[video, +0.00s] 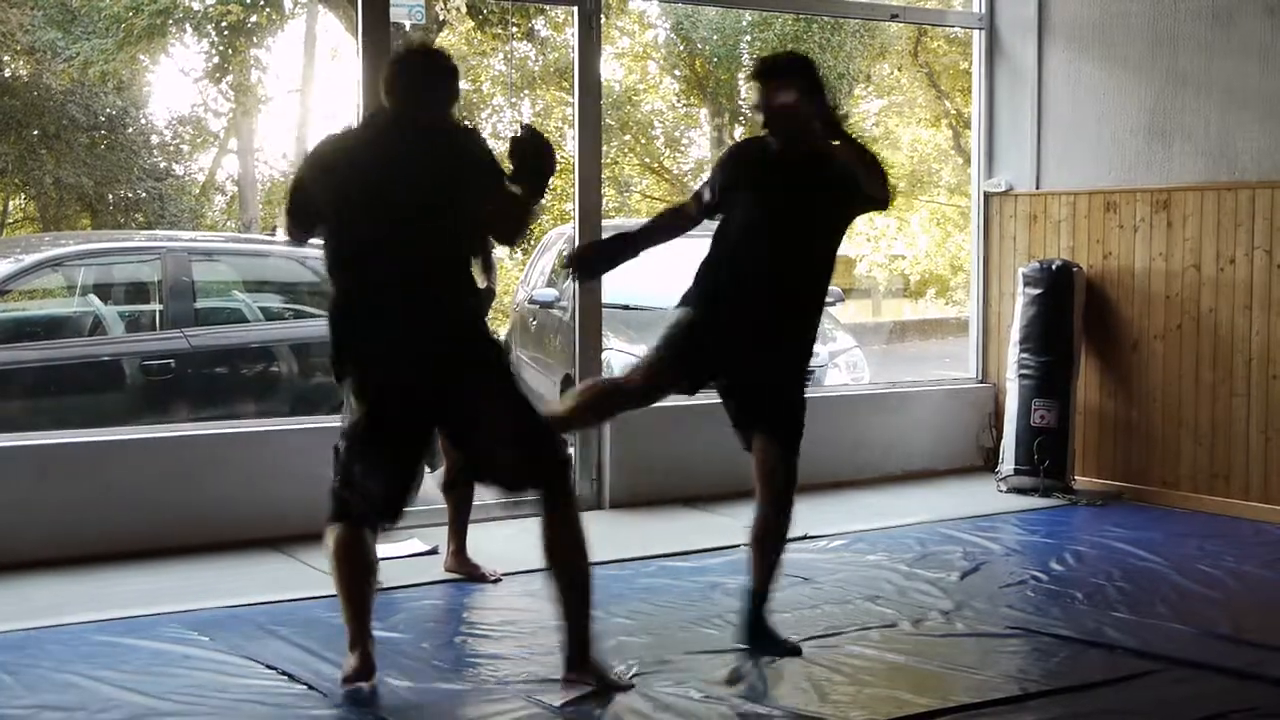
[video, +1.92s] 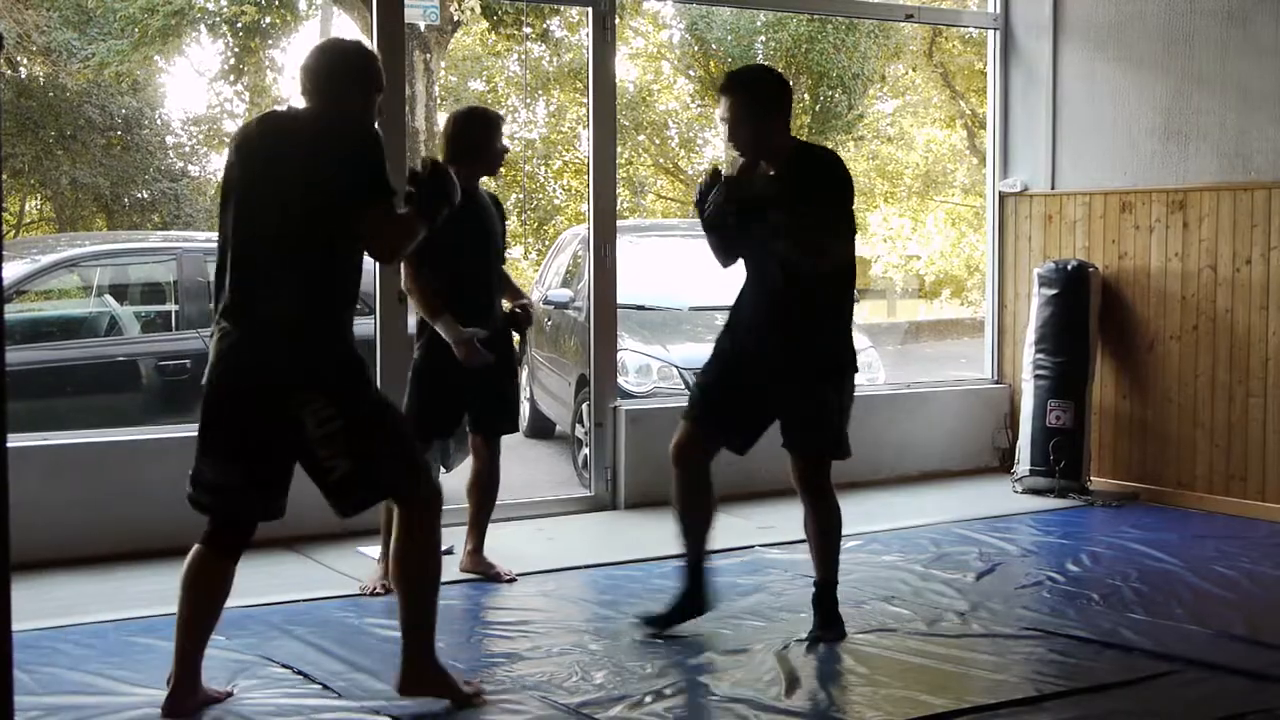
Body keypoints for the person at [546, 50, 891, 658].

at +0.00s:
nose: (774, 118)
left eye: (785, 106)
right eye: (766, 108)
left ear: (813, 104)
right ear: (759, 109)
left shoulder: (843, 171)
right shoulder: (746, 159)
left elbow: (880, 195)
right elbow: (686, 214)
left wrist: (833, 135)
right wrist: (611, 251)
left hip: (780, 341)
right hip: (714, 320)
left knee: (776, 489)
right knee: (637, 387)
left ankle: (756, 620)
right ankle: (537, 427)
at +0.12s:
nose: (812, 112)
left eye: (823, 102)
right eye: (809, 100)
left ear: (847, 107)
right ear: (804, 102)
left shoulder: (875, 181)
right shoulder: (781, 155)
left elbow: (850, 217)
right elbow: (748, 209)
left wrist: (793, 149)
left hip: (788, 348)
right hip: (733, 321)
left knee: (790, 486)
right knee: (678, 383)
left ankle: (768, 625)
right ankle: (559, 440)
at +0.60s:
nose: (803, 129)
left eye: (813, 118)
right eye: (802, 118)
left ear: (851, 117)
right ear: (810, 115)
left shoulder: (889, 192)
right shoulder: (793, 161)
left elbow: (878, 272)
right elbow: (755, 220)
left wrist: (822, 228)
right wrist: (716, 231)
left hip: (812, 340)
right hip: (744, 317)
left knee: (801, 480)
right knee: (673, 411)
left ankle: (778, 622)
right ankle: (588, 518)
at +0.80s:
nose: (773, 127)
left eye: (782, 116)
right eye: (771, 116)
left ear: (817, 116)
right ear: (780, 115)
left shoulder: (861, 186)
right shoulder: (763, 169)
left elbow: (892, 269)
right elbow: (717, 227)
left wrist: (845, 224)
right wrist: (685, 228)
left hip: (805, 348)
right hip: (734, 337)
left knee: (790, 484)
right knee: (682, 449)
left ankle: (767, 619)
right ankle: (674, 551)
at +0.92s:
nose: (759, 130)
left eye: (768, 118)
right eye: (756, 118)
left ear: (804, 114)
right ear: (758, 115)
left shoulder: (848, 179)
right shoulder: (748, 170)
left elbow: (893, 258)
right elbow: (712, 223)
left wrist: (858, 199)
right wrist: (691, 222)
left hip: (806, 351)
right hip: (736, 342)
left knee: (787, 483)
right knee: (715, 472)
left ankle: (767, 616)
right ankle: (749, 539)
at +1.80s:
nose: (730, 138)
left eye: (737, 125)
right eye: (728, 126)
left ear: (773, 120)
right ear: (745, 124)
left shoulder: (830, 169)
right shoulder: (753, 182)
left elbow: (848, 251)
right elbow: (740, 260)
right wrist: (716, 216)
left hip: (822, 346)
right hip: (762, 341)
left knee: (813, 476)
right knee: (706, 457)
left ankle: (826, 604)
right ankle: (751, 560)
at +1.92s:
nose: (727, 131)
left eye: (735, 117)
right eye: (726, 118)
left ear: (770, 116)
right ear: (747, 119)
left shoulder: (823, 168)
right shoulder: (730, 182)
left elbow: (823, 257)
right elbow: (726, 252)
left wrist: (749, 205)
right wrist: (732, 186)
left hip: (817, 346)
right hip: (752, 340)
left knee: (812, 476)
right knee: (688, 452)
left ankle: (827, 604)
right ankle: (695, 588)